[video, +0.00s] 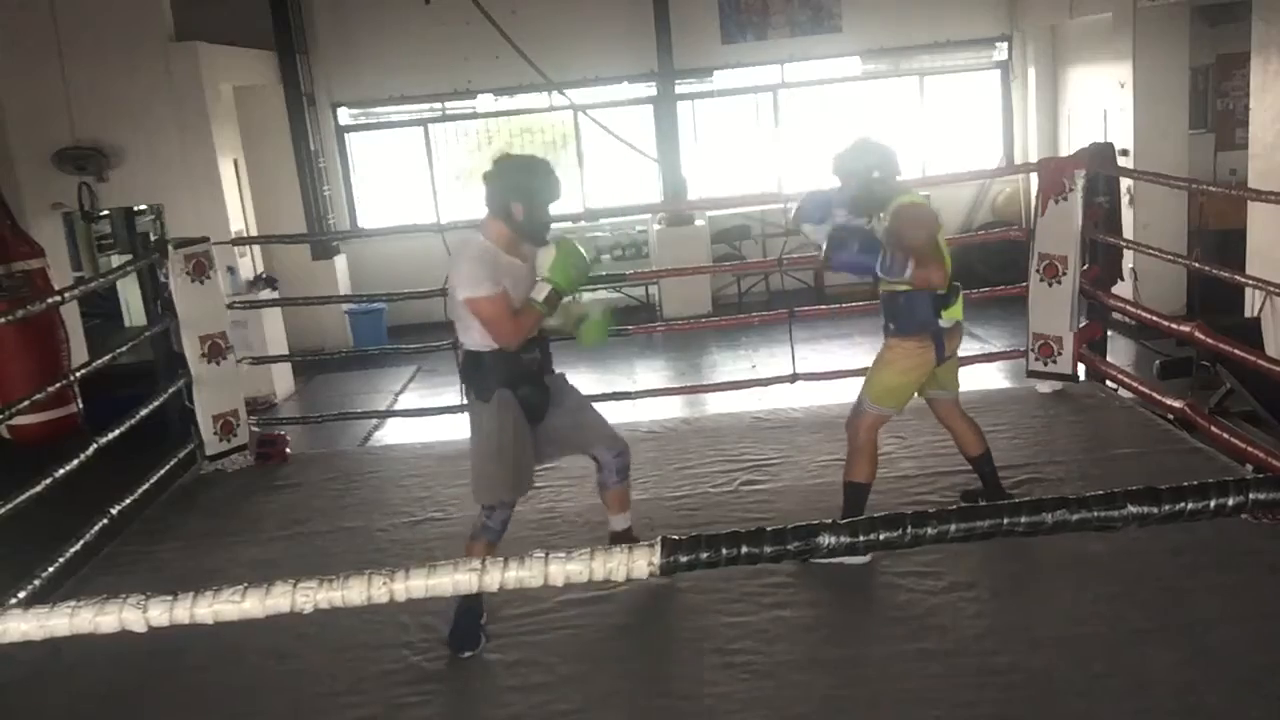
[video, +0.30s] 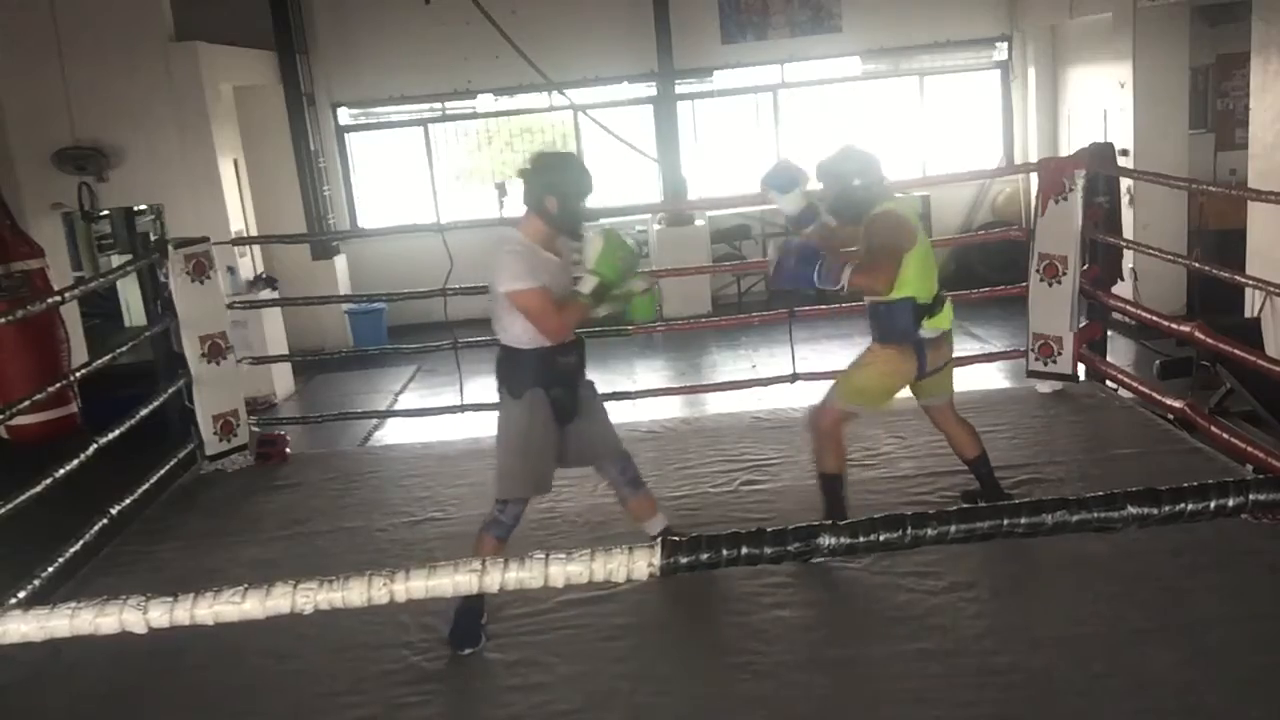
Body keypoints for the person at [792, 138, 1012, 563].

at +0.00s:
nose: (846, 189)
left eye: (850, 180)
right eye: (844, 181)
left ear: (871, 176)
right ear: (885, 172)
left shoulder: (907, 213)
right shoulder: (896, 210)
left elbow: (935, 275)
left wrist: (877, 262)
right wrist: (833, 212)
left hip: (913, 337)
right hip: (941, 331)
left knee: (861, 424)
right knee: (948, 409)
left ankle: (851, 529)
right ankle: (995, 491)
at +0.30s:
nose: (830, 197)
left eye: (832, 187)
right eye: (827, 189)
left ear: (853, 185)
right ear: (874, 179)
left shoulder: (882, 221)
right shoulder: (902, 214)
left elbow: (877, 280)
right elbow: (834, 238)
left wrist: (819, 273)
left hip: (897, 350)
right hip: (935, 343)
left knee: (825, 419)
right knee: (944, 414)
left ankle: (834, 517)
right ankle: (992, 490)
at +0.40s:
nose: (811, 207)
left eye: (813, 198)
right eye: (810, 199)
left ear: (828, 193)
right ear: (856, 184)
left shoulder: (851, 222)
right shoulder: (892, 216)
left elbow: (844, 262)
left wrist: (795, 261)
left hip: (880, 353)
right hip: (928, 341)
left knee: (811, 426)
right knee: (950, 418)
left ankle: (799, 523)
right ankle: (992, 490)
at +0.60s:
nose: (808, 194)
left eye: (811, 187)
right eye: (809, 186)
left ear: (821, 189)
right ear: (856, 182)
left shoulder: (824, 233)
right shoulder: (891, 228)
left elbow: (762, 267)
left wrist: (746, 246)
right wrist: (799, 233)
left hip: (848, 374)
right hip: (907, 367)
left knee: (789, 446)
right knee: (942, 436)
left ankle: (772, 555)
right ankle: (1000, 517)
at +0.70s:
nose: (828, 193)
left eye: (831, 186)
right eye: (830, 186)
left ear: (841, 188)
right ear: (878, 183)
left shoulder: (844, 234)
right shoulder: (909, 229)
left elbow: (806, 302)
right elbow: (903, 290)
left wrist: (796, 306)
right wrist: (826, 298)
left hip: (857, 374)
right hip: (916, 370)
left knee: (800, 454)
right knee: (950, 454)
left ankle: (773, 557)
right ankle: (1007, 545)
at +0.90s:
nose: (872, 194)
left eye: (877, 186)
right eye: (875, 186)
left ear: (892, 188)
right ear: (926, 185)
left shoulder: (899, 232)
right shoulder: (962, 236)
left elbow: (879, 298)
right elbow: (946, 293)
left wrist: (851, 315)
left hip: (897, 377)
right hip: (956, 375)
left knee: (842, 469)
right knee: (981, 465)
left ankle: (792, 553)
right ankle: (1013, 560)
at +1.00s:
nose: (896, 178)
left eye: (900, 167)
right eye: (897, 168)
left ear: (917, 169)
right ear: (949, 166)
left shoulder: (930, 210)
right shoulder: (982, 215)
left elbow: (912, 272)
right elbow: (965, 274)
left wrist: (884, 276)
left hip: (930, 355)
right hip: (981, 354)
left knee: (876, 454)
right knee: (989, 456)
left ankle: (831, 551)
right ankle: (1015, 561)